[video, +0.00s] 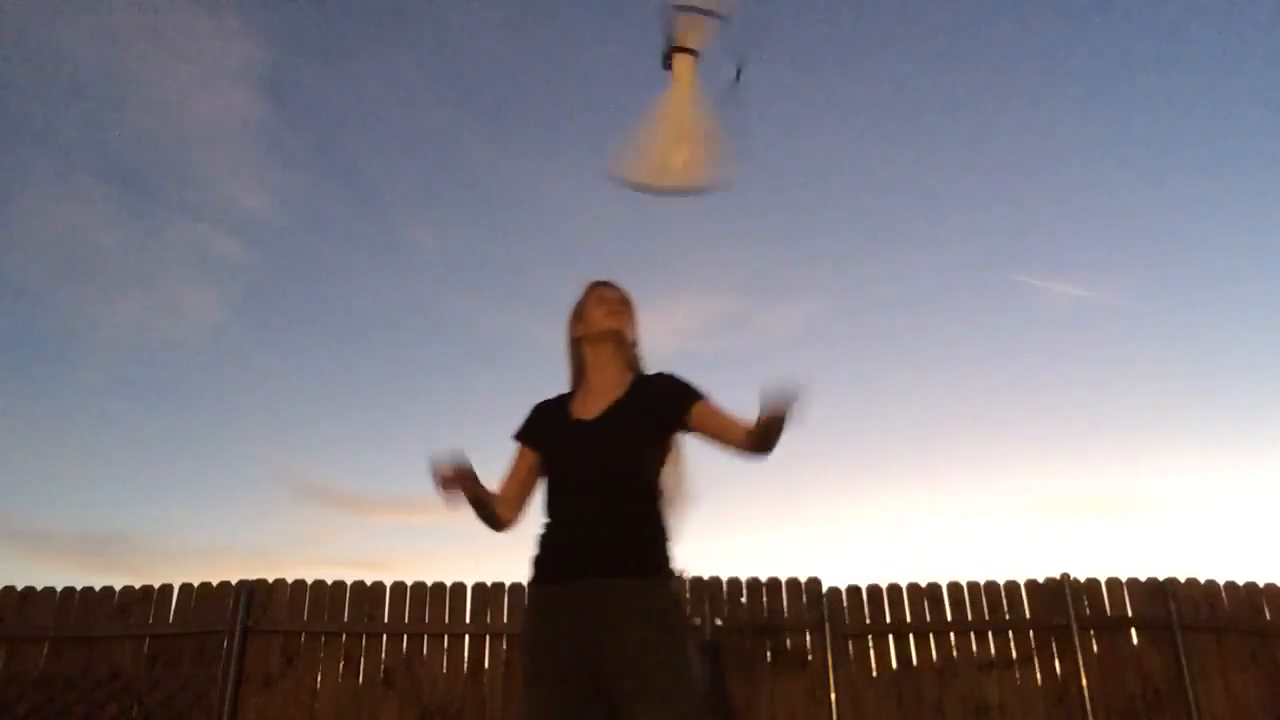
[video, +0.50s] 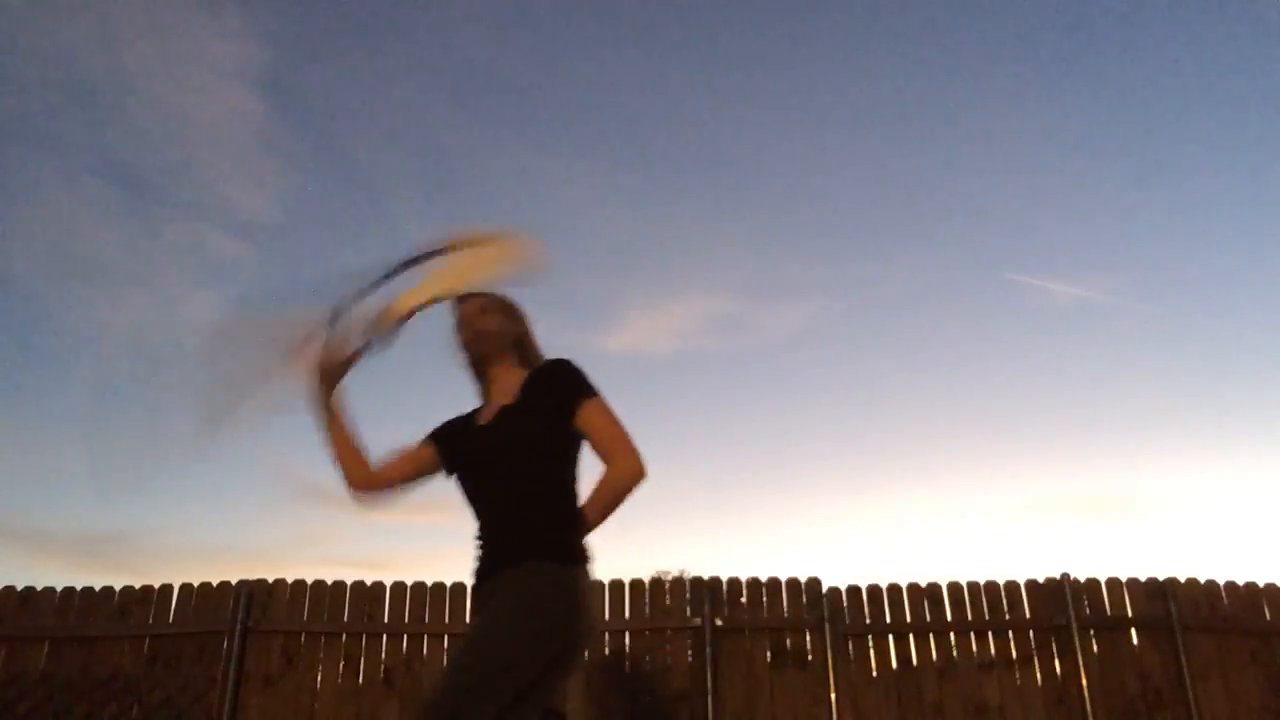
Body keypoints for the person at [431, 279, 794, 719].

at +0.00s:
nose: (610, 307)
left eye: (620, 305)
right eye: (598, 304)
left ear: (634, 330)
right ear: (576, 329)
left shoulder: (660, 394)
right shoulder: (549, 416)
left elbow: (754, 441)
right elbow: (502, 514)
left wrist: (773, 419)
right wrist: (471, 486)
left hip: (639, 592)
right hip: (559, 596)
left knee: (655, 706)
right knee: (556, 708)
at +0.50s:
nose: (475, 324)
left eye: (487, 313)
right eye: (465, 322)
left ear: (516, 327)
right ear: (462, 344)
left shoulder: (554, 381)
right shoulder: (460, 433)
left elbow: (627, 467)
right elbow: (364, 478)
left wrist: (572, 529)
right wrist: (327, 395)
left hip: (553, 590)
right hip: (499, 600)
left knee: (451, 708)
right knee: (531, 712)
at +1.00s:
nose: (356, 375)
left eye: (364, 359)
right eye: (352, 369)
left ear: (403, 346)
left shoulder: (467, 381)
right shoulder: (387, 468)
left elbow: (559, 443)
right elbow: (411, 558)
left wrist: (519, 533)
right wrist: (368, 598)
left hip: (501, 591)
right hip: (442, 609)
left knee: (400, 710)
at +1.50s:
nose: (385, 361)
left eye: (392, 344)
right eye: (378, 354)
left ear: (430, 336)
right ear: (382, 367)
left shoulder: (494, 378)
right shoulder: (407, 453)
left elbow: (583, 447)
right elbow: (422, 539)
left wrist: (544, 530)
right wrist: (385, 583)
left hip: (511, 589)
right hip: (454, 601)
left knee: (419, 705)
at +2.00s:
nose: (531, 319)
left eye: (544, 313)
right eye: (521, 314)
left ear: (566, 334)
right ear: (506, 337)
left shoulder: (605, 403)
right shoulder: (478, 421)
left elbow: (629, 493)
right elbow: (473, 526)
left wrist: (643, 498)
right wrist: (492, 529)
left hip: (599, 593)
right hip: (518, 595)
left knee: (592, 706)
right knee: (518, 708)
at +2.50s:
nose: (660, 302)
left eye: (672, 304)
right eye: (650, 297)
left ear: (685, 338)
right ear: (627, 323)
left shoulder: (701, 414)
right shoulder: (584, 378)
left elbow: (707, 518)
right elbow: (513, 469)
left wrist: (711, 565)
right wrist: (559, 528)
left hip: (669, 599)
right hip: (585, 592)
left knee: (698, 708)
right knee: (574, 709)